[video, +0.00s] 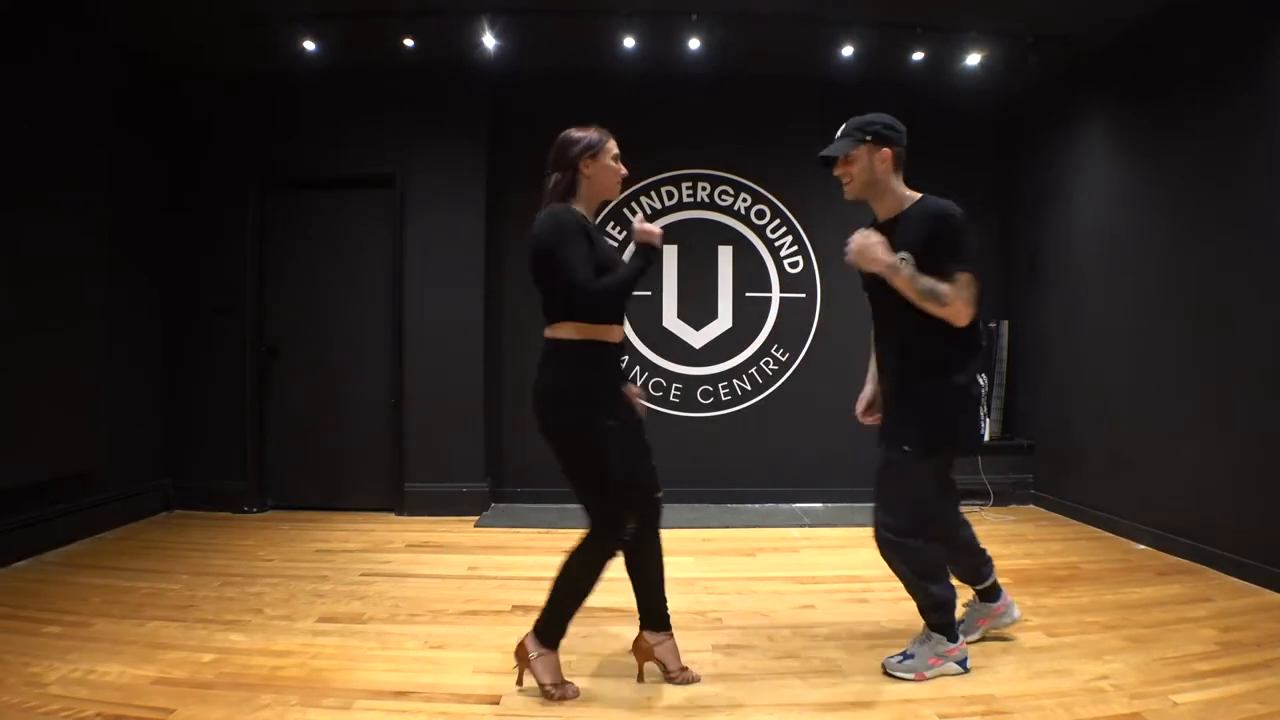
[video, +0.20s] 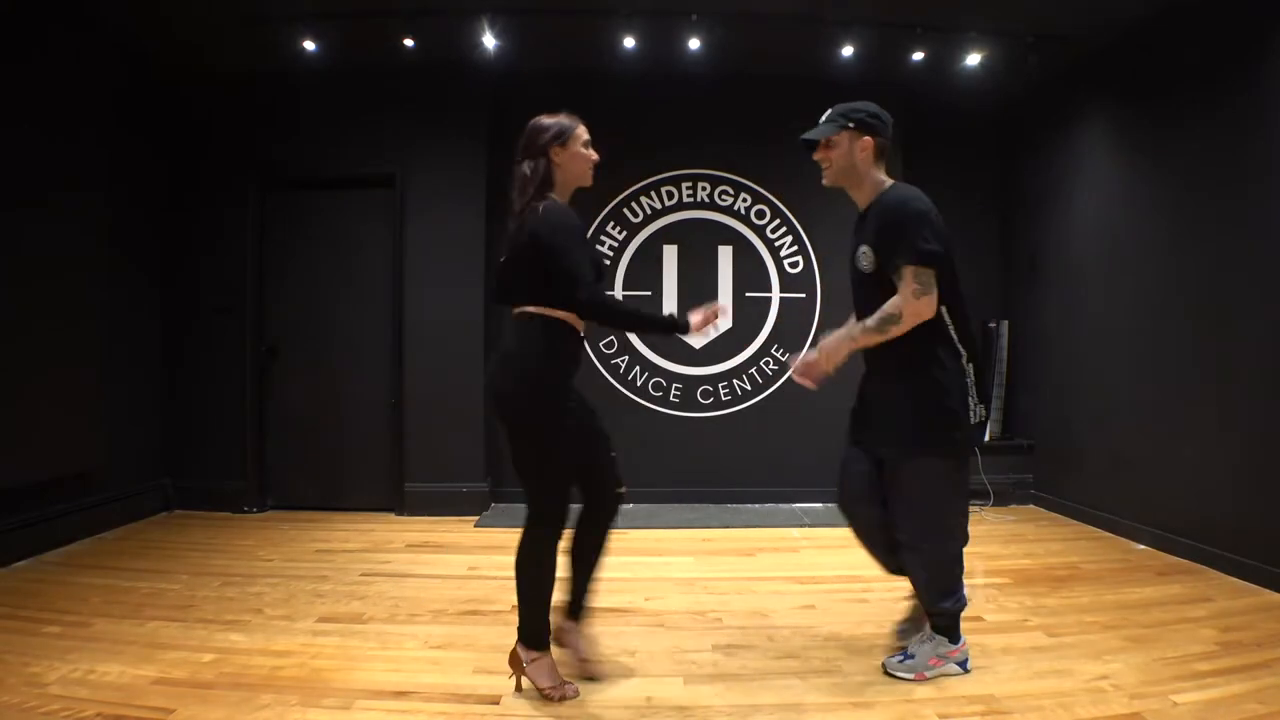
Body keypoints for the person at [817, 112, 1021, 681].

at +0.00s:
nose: (839, 172)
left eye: (848, 160)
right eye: (838, 162)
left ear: (884, 158)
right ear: (870, 164)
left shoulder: (941, 219)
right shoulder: (873, 234)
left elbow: (961, 310)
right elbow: (888, 320)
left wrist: (889, 265)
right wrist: (875, 381)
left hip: (941, 397)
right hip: (908, 397)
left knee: (897, 523)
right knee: (931, 505)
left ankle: (943, 640)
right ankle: (992, 599)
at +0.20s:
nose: (818, 154)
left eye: (829, 143)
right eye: (818, 145)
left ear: (865, 144)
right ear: (853, 149)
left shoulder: (904, 207)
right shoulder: (868, 219)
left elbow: (920, 301)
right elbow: (876, 311)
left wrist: (841, 343)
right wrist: (827, 350)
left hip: (929, 392)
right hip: (886, 391)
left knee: (927, 509)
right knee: (861, 496)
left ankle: (946, 640)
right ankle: (931, 588)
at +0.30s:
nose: (796, 148)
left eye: (806, 138)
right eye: (797, 139)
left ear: (842, 139)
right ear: (834, 143)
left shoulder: (874, 205)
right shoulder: (851, 212)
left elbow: (921, 286)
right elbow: (857, 304)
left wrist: (864, 355)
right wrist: (784, 315)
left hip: (908, 392)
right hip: (866, 389)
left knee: (917, 514)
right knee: (837, 503)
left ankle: (946, 639)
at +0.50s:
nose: (753, 151)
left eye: (762, 139)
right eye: (753, 141)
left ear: (797, 139)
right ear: (790, 143)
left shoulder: (831, 202)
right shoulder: (802, 219)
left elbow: (895, 267)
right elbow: (794, 313)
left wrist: (809, 310)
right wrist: (722, 295)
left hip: (851, 403)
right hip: (812, 403)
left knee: (872, 520)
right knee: (793, 522)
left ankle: (939, 631)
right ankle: (758, 639)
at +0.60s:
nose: (732, 147)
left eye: (742, 135)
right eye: (733, 137)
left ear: (777, 136)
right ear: (768, 140)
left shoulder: (819, 197)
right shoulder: (776, 216)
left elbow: (858, 278)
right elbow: (773, 315)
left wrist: (763, 271)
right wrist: (697, 307)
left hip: (826, 400)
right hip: (780, 398)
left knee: (817, 525)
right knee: (767, 521)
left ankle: (907, 611)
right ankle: (757, 641)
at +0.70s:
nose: (714, 149)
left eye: (722, 137)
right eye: (714, 138)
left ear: (756, 136)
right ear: (751, 138)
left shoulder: (800, 198)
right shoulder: (755, 214)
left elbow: (808, 286)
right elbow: (746, 316)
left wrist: (733, 265)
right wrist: (673, 320)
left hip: (794, 389)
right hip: (758, 388)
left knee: (753, 512)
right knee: (742, 510)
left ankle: (841, 607)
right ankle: (754, 641)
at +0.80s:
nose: (686, 157)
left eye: (691, 144)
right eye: (685, 147)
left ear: (726, 138)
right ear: (721, 142)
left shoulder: (761, 208)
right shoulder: (738, 213)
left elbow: (752, 306)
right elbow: (722, 315)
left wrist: (668, 318)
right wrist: (651, 305)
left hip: (740, 407)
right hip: (722, 403)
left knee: (672, 513)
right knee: (721, 527)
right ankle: (751, 643)